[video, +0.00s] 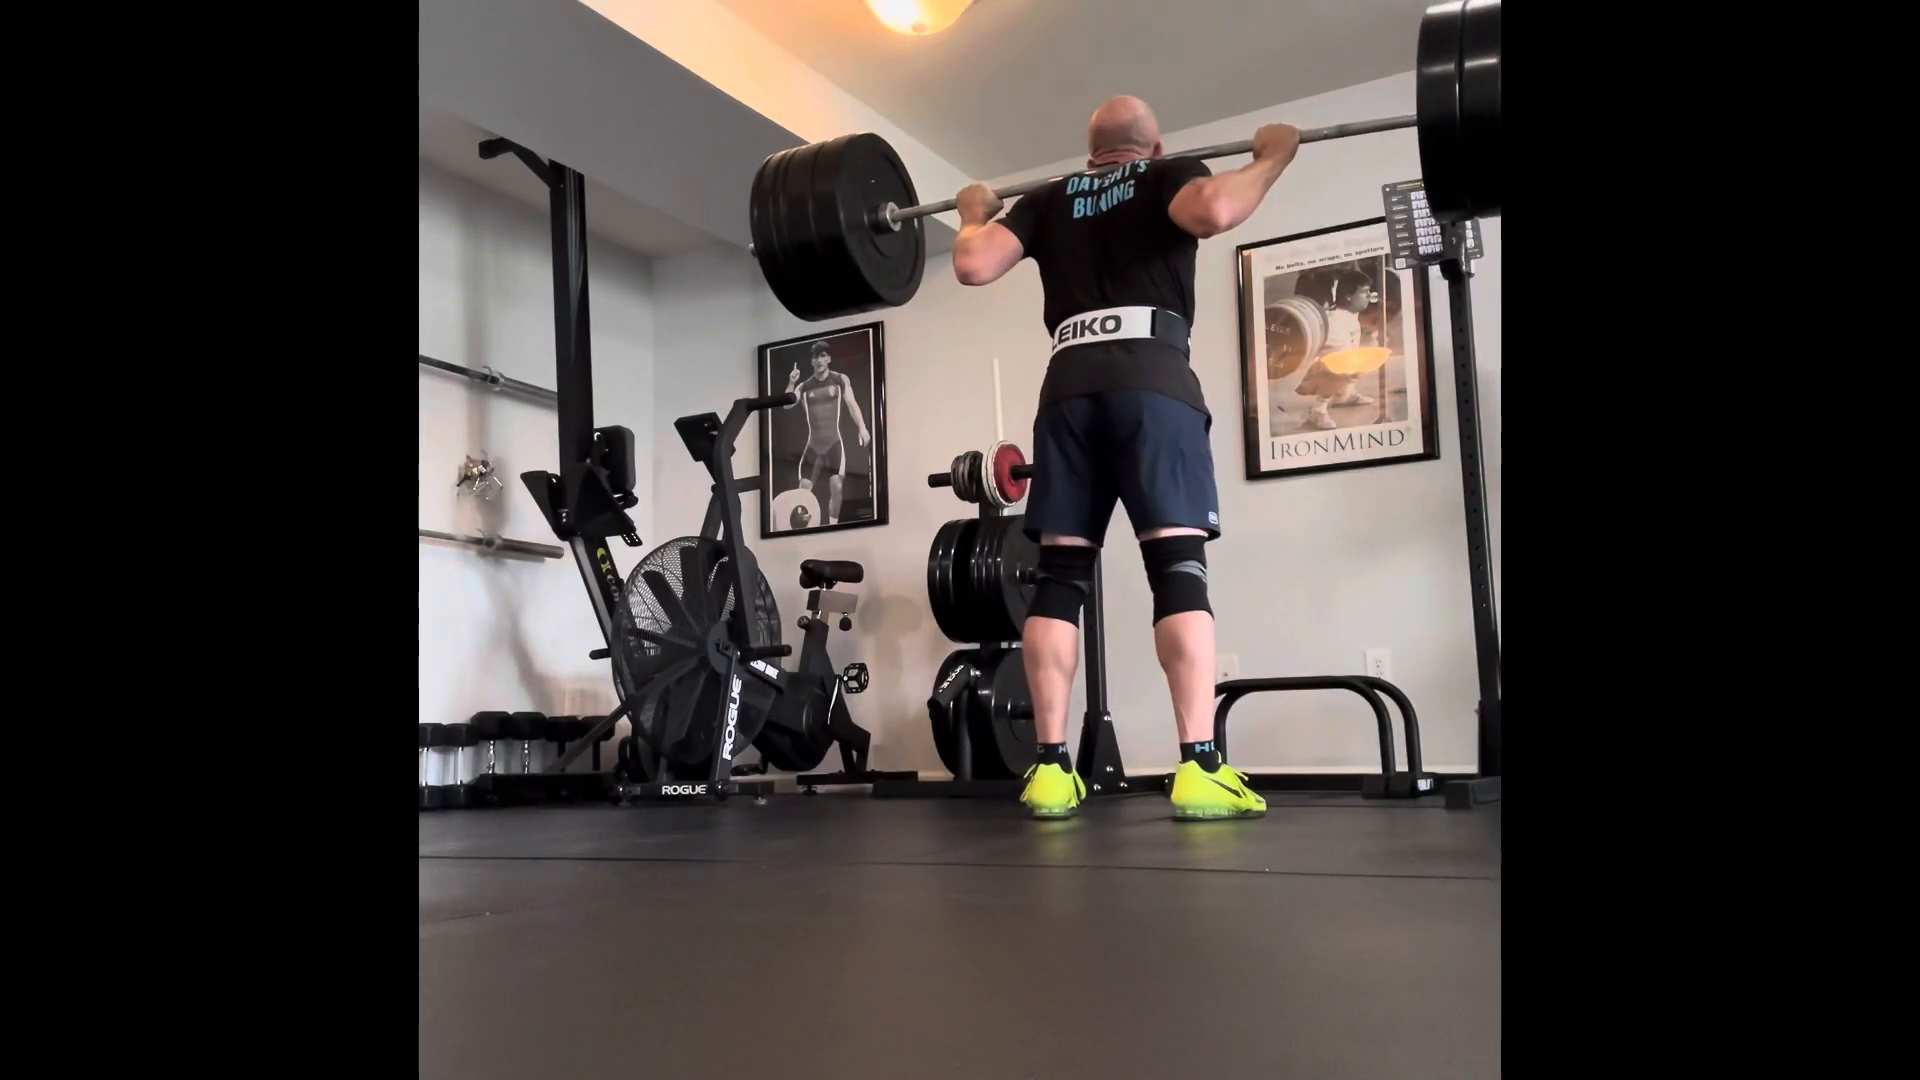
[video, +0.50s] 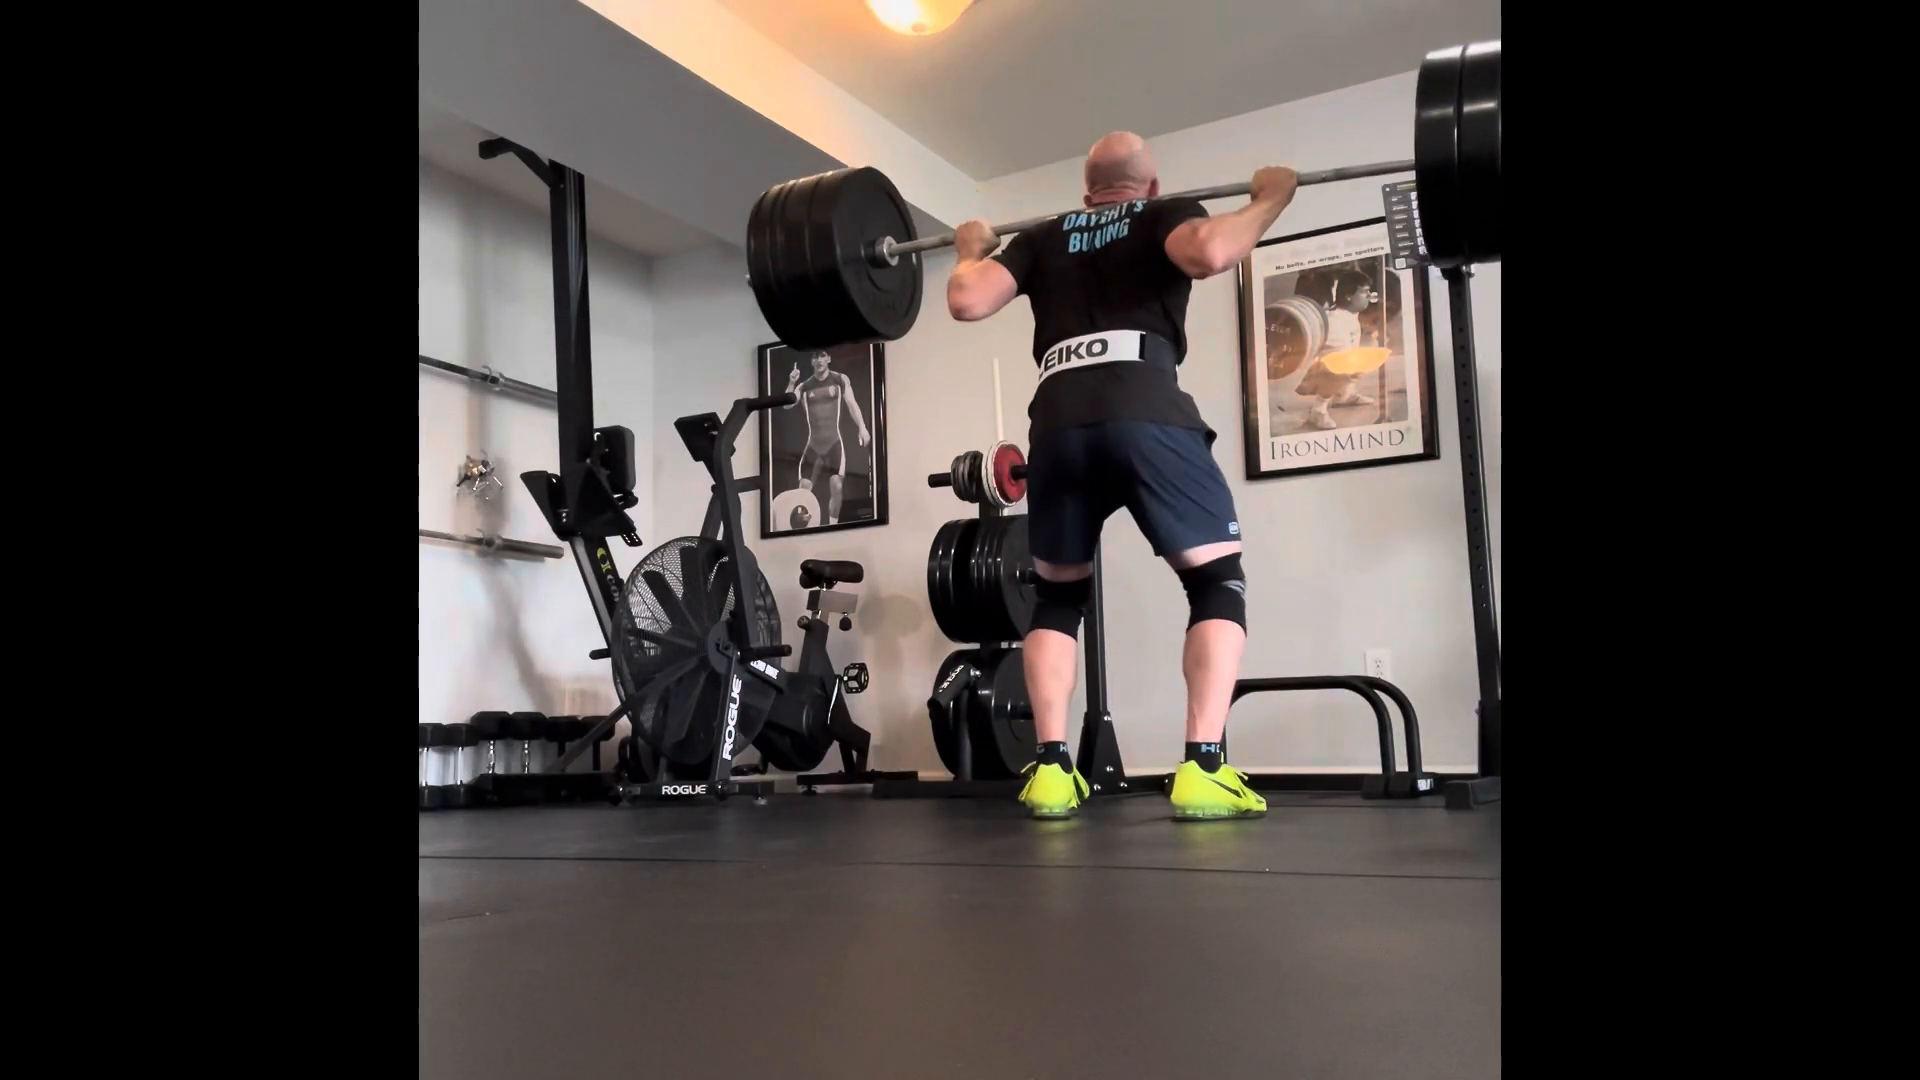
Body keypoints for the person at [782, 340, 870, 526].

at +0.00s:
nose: (819, 363)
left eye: (823, 359)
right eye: (816, 360)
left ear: (829, 360)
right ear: (811, 362)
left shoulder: (840, 380)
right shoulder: (803, 386)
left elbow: (852, 405)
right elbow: (787, 405)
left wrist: (862, 428)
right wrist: (791, 384)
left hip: (834, 443)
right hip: (813, 444)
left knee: (836, 485)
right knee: (804, 486)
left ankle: (832, 528)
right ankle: (802, 528)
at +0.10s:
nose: (819, 361)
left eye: (823, 356)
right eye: (816, 357)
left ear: (829, 359)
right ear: (811, 361)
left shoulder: (840, 380)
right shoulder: (803, 386)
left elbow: (852, 405)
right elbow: (787, 405)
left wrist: (862, 428)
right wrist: (791, 384)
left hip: (834, 442)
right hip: (813, 444)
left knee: (836, 485)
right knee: (804, 486)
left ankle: (832, 528)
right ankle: (803, 528)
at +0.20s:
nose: (819, 360)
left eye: (823, 356)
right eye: (816, 357)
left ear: (829, 359)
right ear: (811, 361)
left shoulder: (840, 380)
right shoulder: (803, 386)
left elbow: (852, 405)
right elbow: (788, 405)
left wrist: (862, 428)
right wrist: (791, 383)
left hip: (834, 443)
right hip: (813, 444)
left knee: (836, 485)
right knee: (804, 486)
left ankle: (832, 528)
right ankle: (803, 528)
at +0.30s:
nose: (819, 361)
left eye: (823, 356)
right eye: (816, 357)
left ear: (829, 359)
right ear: (811, 361)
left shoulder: (840, 380)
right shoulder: (803, 386)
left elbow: (852, 405)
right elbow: (787, 405)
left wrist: (862, 428)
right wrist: (791, 383)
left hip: (834, 443)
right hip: (813, 444)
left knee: (836, 485)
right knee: (804, 486)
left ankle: (832, 528)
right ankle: (802, 528)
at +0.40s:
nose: (819, 363)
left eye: (823, 359)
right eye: (816, 360)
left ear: (829, 360)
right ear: (811, 362)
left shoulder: (840, 380)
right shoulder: (803, 386)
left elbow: (852, 405)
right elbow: (787, 405)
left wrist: (862, 428)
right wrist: (791, 384)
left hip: (834, 442)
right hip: (813, 444)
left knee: (836, 485)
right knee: (804, 486)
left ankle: (832, 528)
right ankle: (802, 528)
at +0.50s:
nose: (820, 366)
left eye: (823, 362)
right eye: (816, 363)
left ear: (829, 360)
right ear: (811, 364)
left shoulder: (840, 380)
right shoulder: (803, 387)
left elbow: (852, 405)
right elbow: (787, 404)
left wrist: (862, 428)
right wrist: (791, 383)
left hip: (834, 443)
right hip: (813, 444)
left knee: (836, 485)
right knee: (804, 486)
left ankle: (832, 528)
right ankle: (801, 527)